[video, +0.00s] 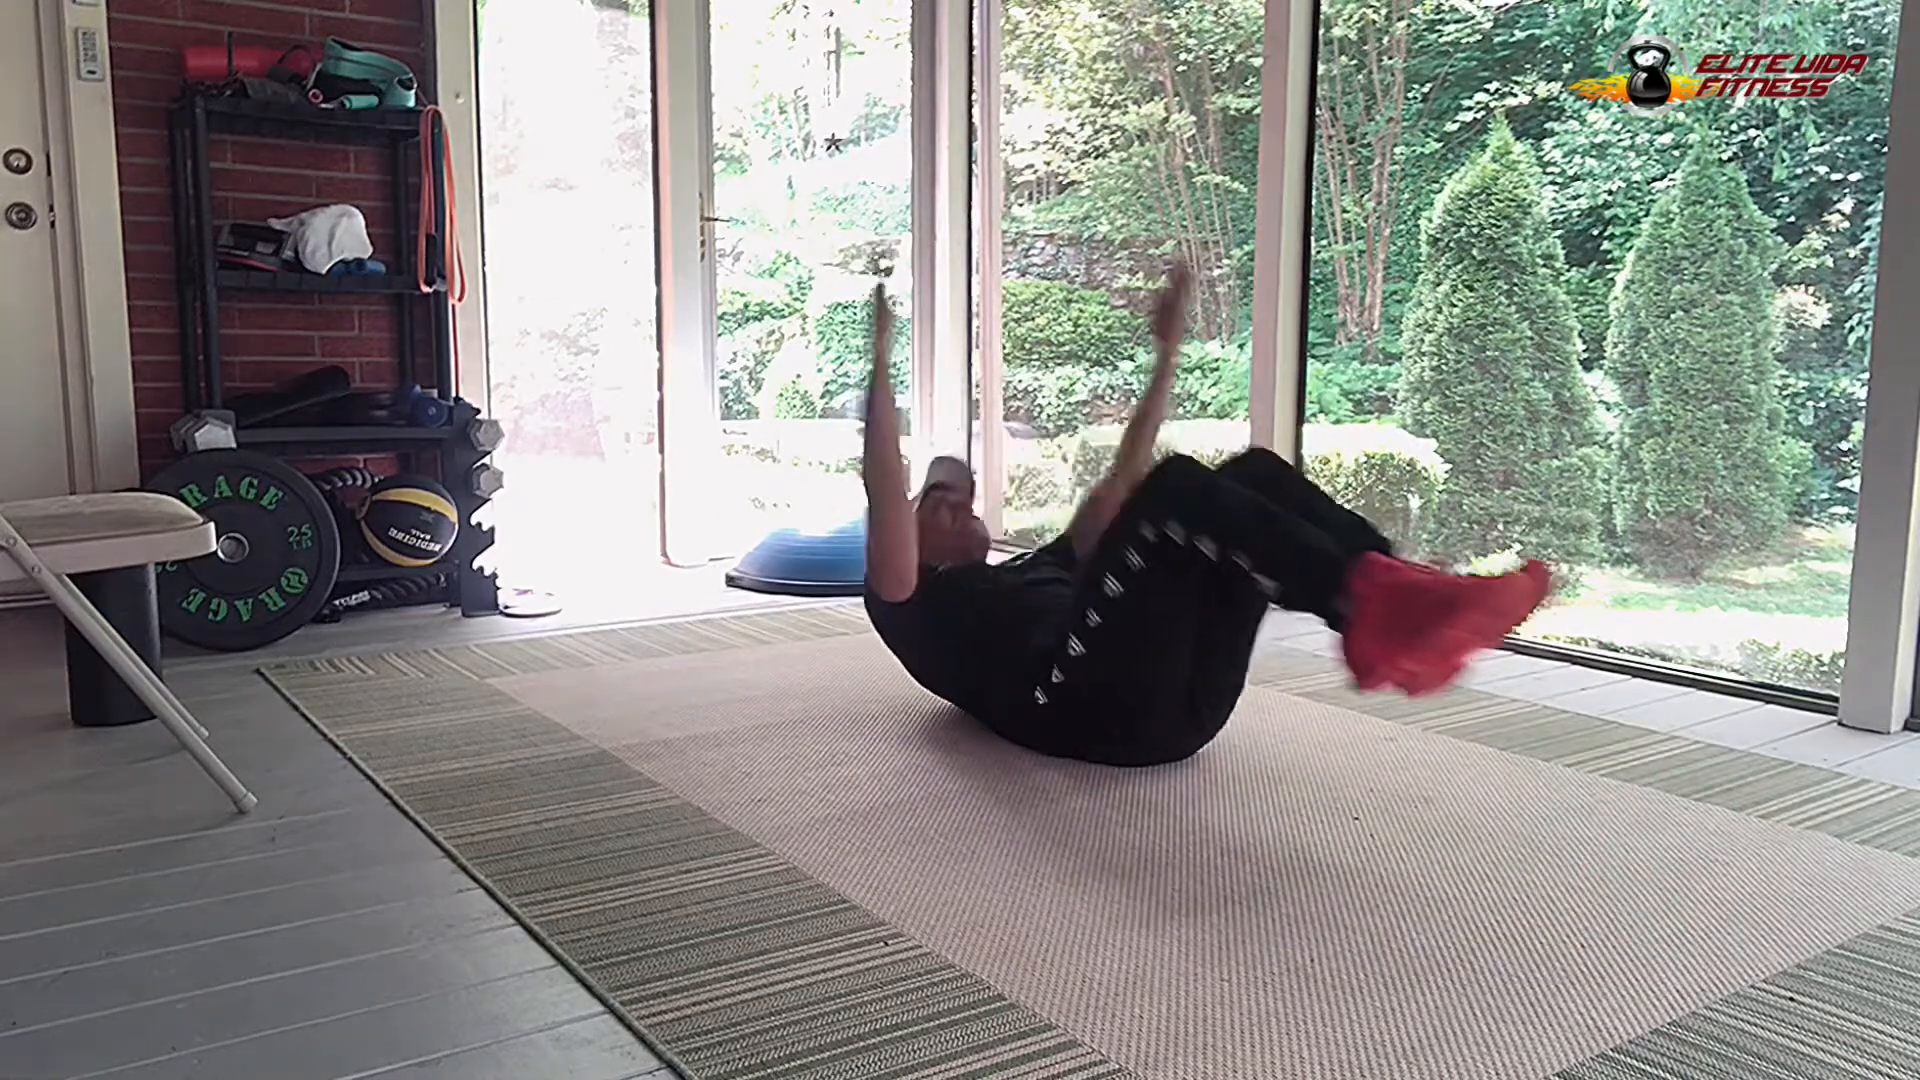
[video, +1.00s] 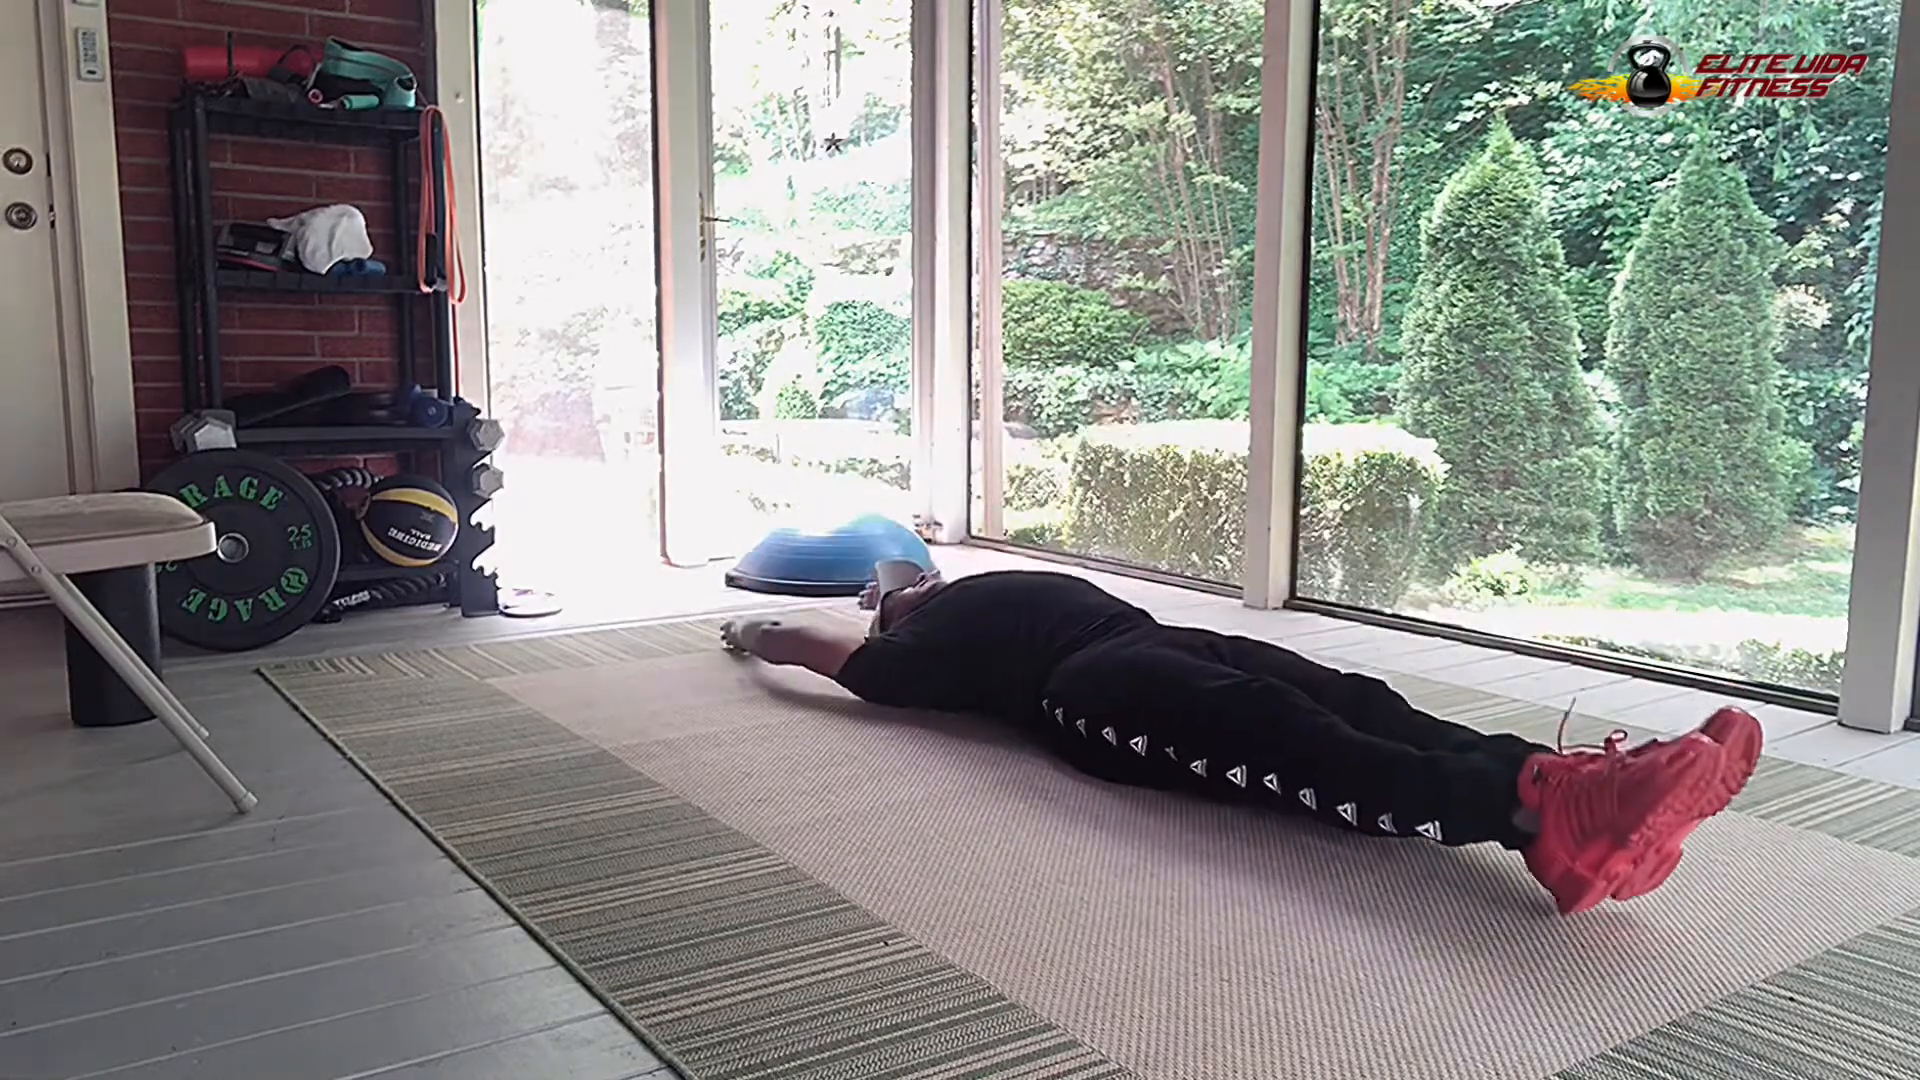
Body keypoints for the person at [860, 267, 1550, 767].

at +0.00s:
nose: (962, 505)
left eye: (968, 496)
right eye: (943, 497)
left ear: (987, 518)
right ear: (911, 525)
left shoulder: (1046, 569)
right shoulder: (909, 603)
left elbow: (1122, 479)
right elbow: (882, 472)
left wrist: (1168, 351)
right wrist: (879, 351)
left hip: (1175, 701)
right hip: (1096, 703)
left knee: (1253, 473)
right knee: (1173, 484)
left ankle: (1417, 609)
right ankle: (1369, 609)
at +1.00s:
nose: (910, 579)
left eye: (915, 570)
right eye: (891, 583)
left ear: (938, 573)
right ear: (873, 607)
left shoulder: (1005, 587)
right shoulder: (887, 645)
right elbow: (770, 633)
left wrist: (946, 553)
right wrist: (771, 625)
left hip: (1147, 633)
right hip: (1080, 677)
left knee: (1335, 690)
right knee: (1268, 726)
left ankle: (1575, 820)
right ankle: (1545, 812)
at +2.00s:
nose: (1042, 504)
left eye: (1037, 489)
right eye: (1023, 490)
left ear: (1048, 490)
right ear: (971, 506)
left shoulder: (1066, 541)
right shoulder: (938, 583)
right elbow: (1001, 585)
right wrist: (1107, 539)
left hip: (1188, 698)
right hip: (1087, 712)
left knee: (1146, 439)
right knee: (1076, 446)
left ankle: (1274, 547)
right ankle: (1234, 567)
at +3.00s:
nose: (906, 570)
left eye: (911, 562)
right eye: (888, 578)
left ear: (935, 576)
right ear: (880, 610)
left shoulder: (993, 585)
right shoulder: (884, 642)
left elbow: (982, 546)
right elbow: (759, 578)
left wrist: (930, 534)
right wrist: (837, 573)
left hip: (1144, 642)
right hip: (1081, 684)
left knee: (1336, 677)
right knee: (1277, 703)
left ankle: (1581, 827)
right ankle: (1552, 789)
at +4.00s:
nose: (1053, 469)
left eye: (1058, 455)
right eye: (1035, 458)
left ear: (1064, 459)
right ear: (990, 473)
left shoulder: (1103, 526)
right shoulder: (959, 544)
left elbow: (1217, 524)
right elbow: (982, 550)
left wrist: (1348, 438)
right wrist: (1081, 426)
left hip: (1188, 708)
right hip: (1095, 713)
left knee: (1226, 451)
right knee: (1144, 461)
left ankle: (1369, 588)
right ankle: (1318, 612)